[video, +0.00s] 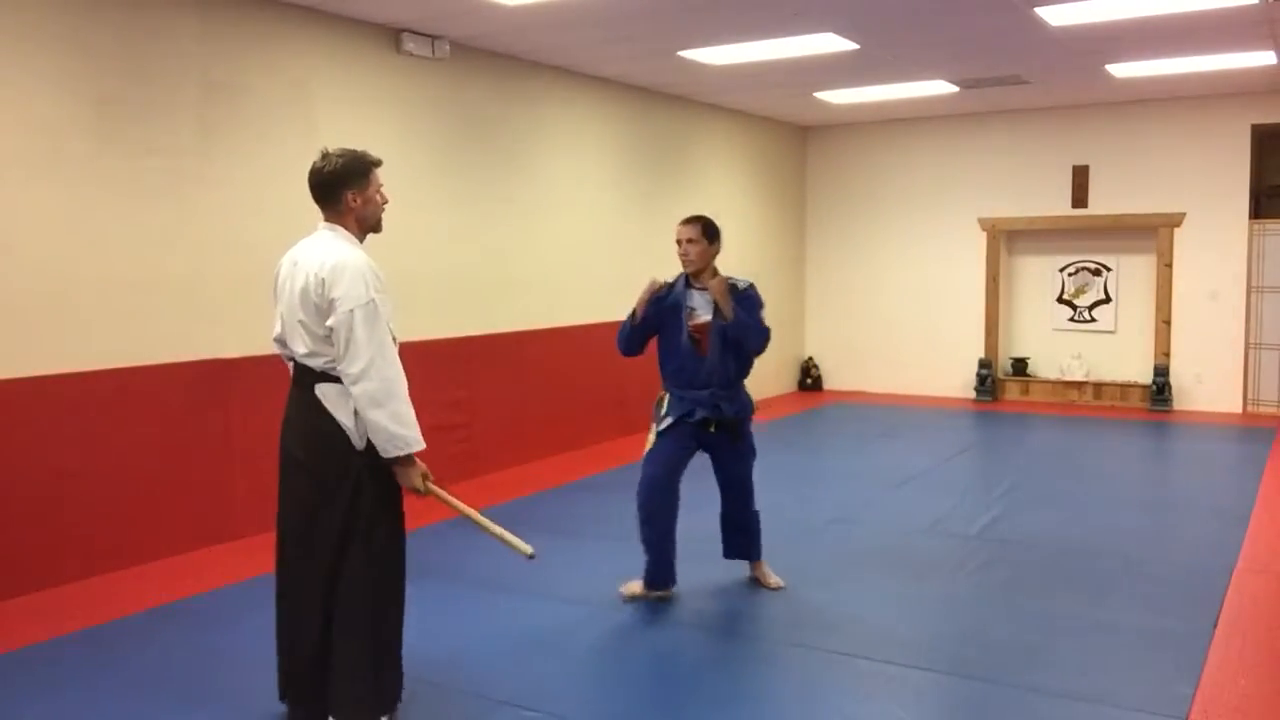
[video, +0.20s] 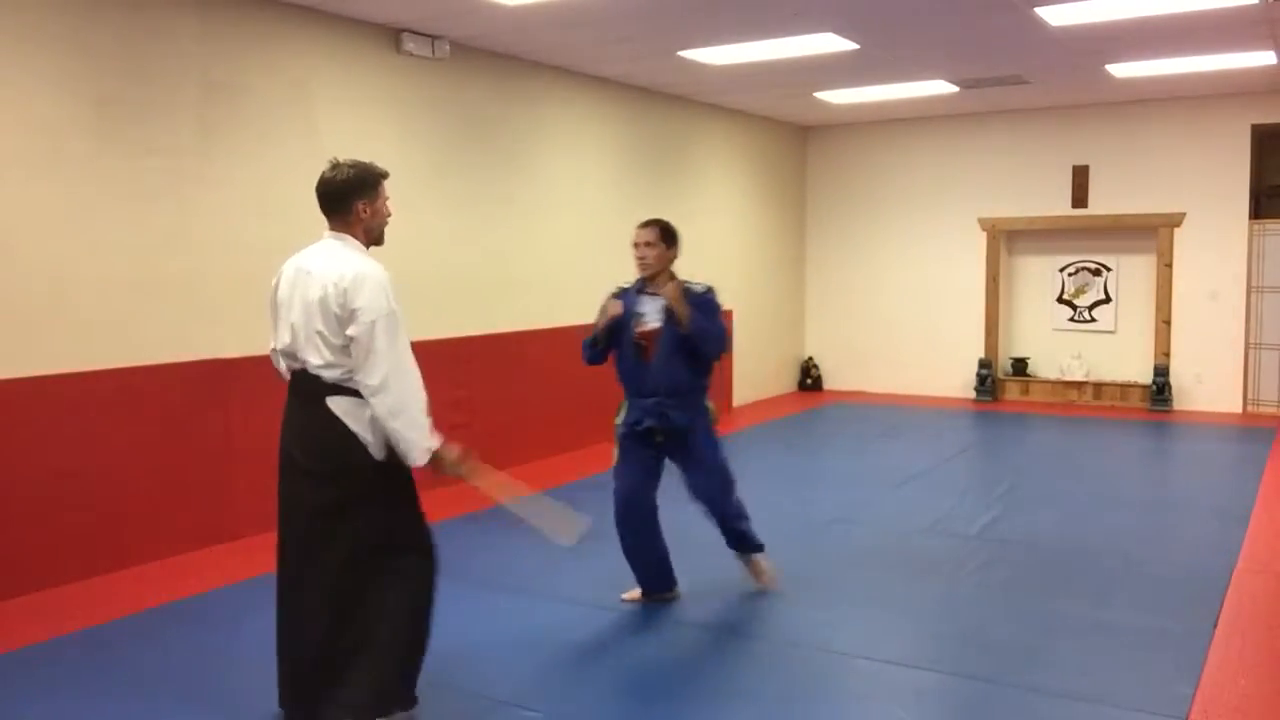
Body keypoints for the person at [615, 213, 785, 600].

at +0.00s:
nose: (683, 250)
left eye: (691, 243)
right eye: (679, 244)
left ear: (713, 247)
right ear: (676, 249)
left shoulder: (742, 294)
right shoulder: (666, 296)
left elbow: (757, 344)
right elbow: (627, 347)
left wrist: (727, 305)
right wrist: (641, 308)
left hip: (730, 413)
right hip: (681, 414)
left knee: (740, 491)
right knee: (654, 483)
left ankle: (757, 565)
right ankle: (658, 581)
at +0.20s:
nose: (640, 254)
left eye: (649, 246)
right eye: (636, 247)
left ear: (670, 251)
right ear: (632, 251)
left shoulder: (697, 298)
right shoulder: (622, 300)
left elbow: (715, 346)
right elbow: (593, 356)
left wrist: (681, 308)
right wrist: (603, 326)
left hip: (687, 416)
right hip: (640, 419)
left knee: (715, 489)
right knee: (631, 502)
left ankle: (749, 552)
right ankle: (657, 586)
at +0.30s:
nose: (617, 253)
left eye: (625, 245)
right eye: (612, 246)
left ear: (646, 250)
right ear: (608, 252)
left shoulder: (673, 296)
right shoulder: (604, 301)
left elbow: (683, 346)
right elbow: (579, 359)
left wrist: (643, 306)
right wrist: (587, 334)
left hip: (669, 419)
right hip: (622, 420)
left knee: (668, 502)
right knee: (621, 513)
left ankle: (702, 564)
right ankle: (656, 588)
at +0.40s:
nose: (590, 250)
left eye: (599, 243)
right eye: (587, 243)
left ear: (622, 248)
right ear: (585, 248)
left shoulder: (645, 289)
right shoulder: (591, 301)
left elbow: (626, 306)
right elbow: (571, 358)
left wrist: (579, 273)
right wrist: (569, 340)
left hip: (646, 410)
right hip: (608, 411)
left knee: (617, 498)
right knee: (622, 500)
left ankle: (621, 601)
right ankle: (658, 583)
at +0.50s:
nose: (561, 253)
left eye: (573, 245)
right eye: (559, 245)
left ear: (600, 251)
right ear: (562, 250)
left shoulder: (607, 285)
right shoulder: (580, 302)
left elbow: (551, 266)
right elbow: (572, 367)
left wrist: (497, 230)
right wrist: (547, 345)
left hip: (618, 419)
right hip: (595, 417)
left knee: (572, 515)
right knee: (616, 507)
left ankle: (544, 629)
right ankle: (664, 579)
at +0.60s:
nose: (540, 259)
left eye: (551, 251)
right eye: (541, 251)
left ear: (580, 258)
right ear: (577, 262)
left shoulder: (568, 291)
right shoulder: (598, 298)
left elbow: (513, 274)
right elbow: (571, 358)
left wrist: (454, 230)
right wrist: (532, 343)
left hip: (576, 432)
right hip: (607, 429)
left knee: (526, 524)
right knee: (592, 502)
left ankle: (521, 649)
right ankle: (649, 573)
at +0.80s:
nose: (495, 248)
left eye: (505, 241)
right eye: (497, 240)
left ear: (533, 250)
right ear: (542, 255)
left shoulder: (507, 290)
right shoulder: (579, 292)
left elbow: (450, 316)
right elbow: (603, 358)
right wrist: (579, 407)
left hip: (557, 432)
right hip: (602, 428)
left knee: (514, 532)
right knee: (576, 513)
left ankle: (521, 650)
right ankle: (602, 609)